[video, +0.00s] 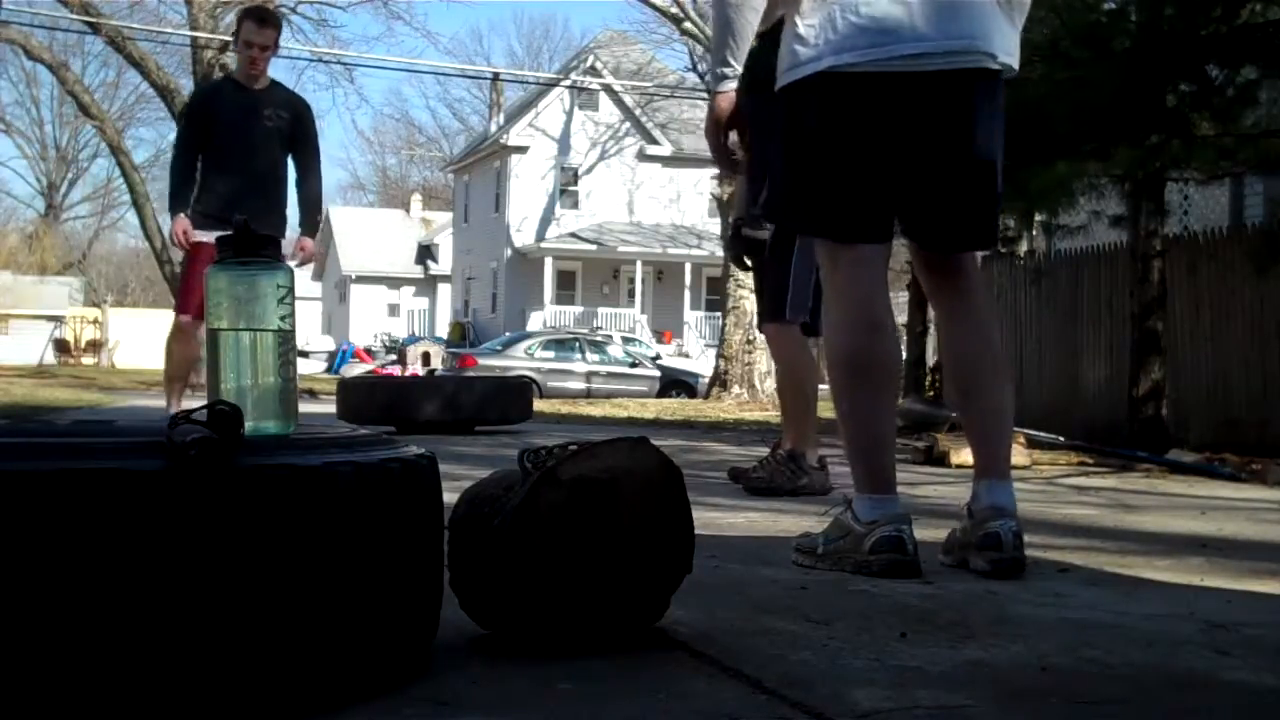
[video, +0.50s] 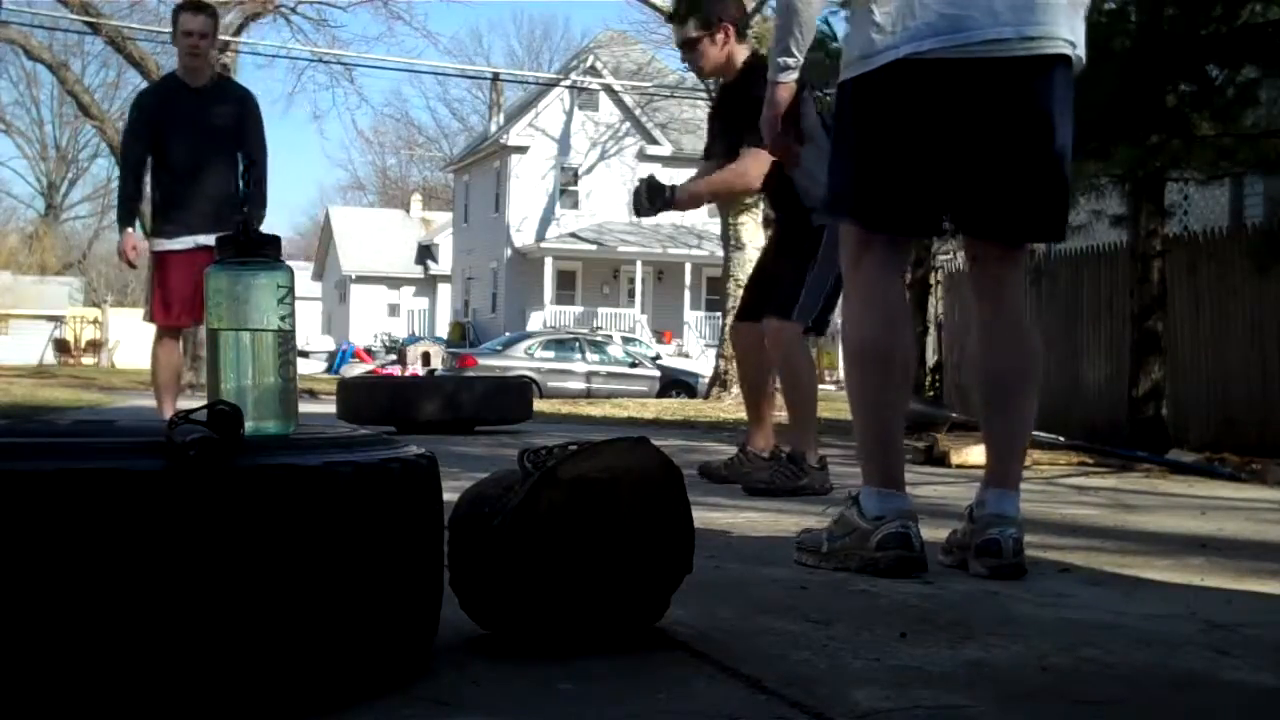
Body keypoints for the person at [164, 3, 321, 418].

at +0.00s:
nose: (256, 55)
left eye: (266, 47)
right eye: (249, 45)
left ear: (276, 50)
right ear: (235, 43)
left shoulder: (294, 107)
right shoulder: (206, 98)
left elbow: (309, 172)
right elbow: (184, 158)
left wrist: (309, 231)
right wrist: (178, 213)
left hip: (265, 233)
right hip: (209, 229)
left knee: (259, 328)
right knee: (188, 321)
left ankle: (255, 419)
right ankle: (175, 410)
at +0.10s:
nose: (246, 55)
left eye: (256, 48)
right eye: (240, 46)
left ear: (266, 50)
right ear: (226, 44)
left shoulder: (284, 108)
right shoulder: (194, 101)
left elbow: (300, 173)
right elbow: (174, 161)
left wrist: (303, 230)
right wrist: (171, 214)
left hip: (259, 235)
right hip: (202, 233)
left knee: (256, 331)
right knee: (185, 326)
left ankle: (253, 422)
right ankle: (171, 416)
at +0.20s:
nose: (233, 53)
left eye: (242, 46)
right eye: (227, 43)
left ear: (253, 48)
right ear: (214, 42)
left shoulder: (271, 105)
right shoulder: (181, 100)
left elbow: (288, 170)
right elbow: (162, 162)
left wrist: (293, 227)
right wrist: (163, 217)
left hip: (249, 234)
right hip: (192, 233)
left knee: (247, 332)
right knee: (182, 327)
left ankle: (246, 422)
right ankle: (171, 418)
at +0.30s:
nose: (220, 45)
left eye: (229, 39)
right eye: (213, 36)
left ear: (239, 46)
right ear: (199, 39)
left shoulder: (259, 104)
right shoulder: (170, 100)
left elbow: (277, 169)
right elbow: (150, 163)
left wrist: (281, 227)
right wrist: (151, 221)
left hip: (239, 234)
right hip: (182, 234)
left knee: (238, 331)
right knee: (177, 329)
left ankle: (236, 422)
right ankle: (170, 420)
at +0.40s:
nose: (207, 43)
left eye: (215, 37)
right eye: (199, 35)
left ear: (226, 42)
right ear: (186, 38)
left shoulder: (249, 102)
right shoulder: (159, 99)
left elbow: (265, 170)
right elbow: (140, 166)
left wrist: (265, 230)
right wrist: (139, 225)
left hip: (232, 232)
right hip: (175, 232)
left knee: (233, 331)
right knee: (172, 328)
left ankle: (232, 422)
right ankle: (170, 421)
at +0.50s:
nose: (195, 42)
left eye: (204, 35)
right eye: (188, 34)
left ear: (215, 40)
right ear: (175, 38)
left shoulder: (240, 99)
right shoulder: (151, 100)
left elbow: (257, 164)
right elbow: (131, 166)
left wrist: (251, 225)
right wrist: (127, 226)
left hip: (229, 231)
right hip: (173, 233)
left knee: (232, 329)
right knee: (170, 328)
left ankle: (232, 421)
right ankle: (170, 421)